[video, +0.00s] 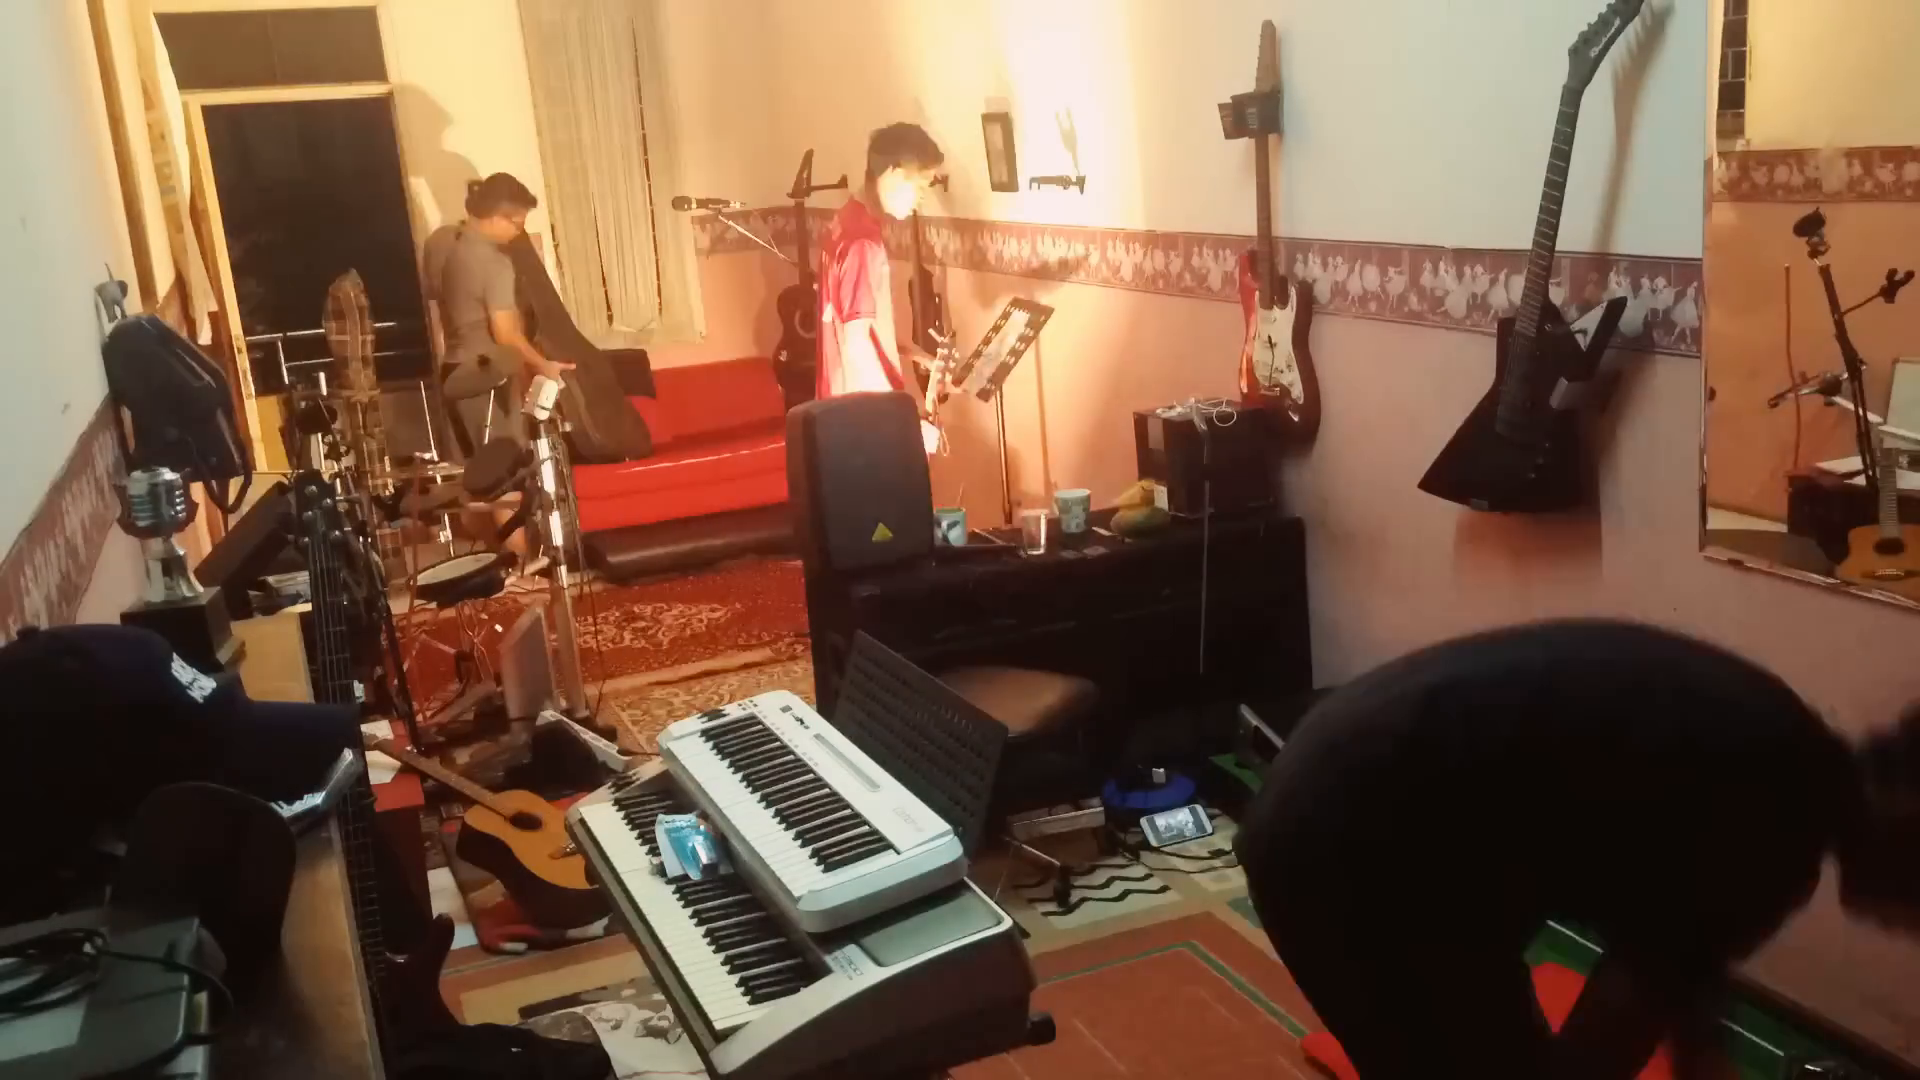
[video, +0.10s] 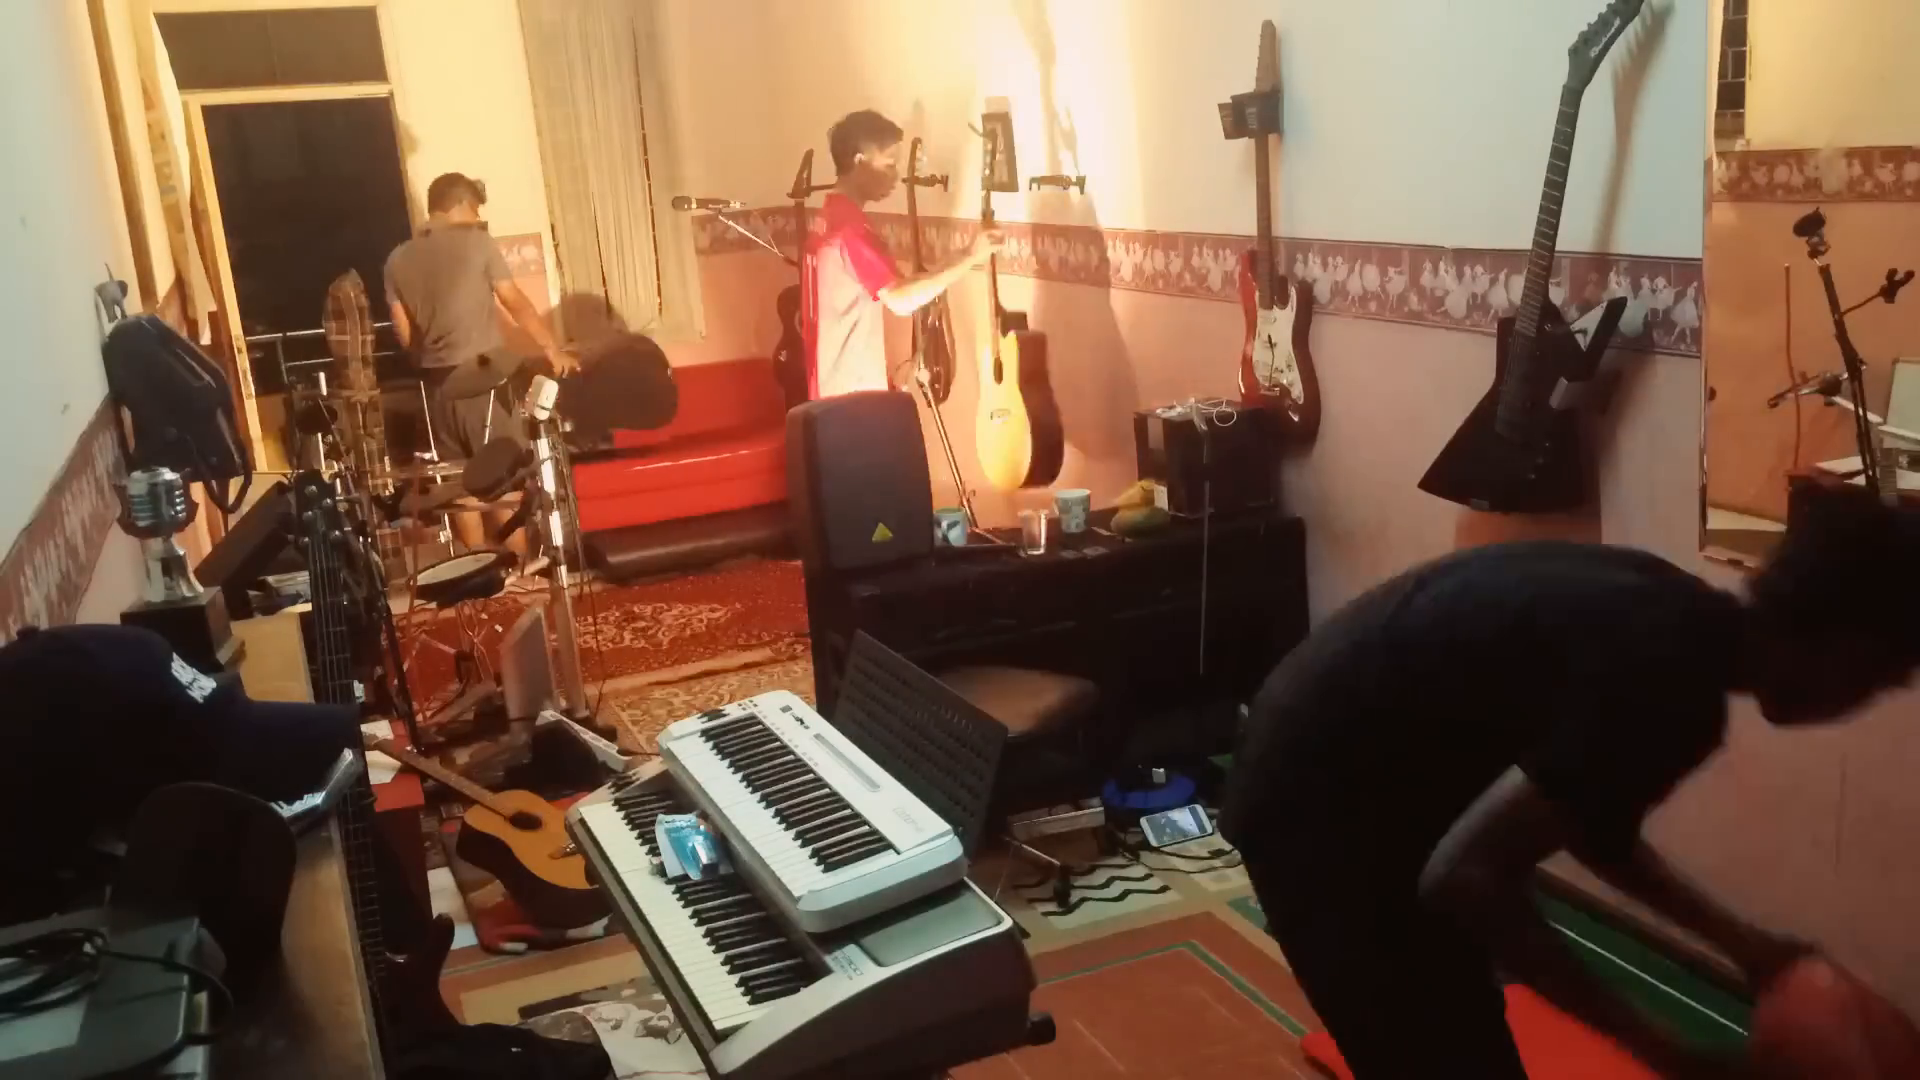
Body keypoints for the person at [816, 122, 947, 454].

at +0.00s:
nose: (920, 199)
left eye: (925, 187)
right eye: (919, 185)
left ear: (891, 172)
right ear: (891, 171)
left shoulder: (847, 226)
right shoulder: (862, 242)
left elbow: (865, 326)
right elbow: (856, 343)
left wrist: (915, 356)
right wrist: (905, 421)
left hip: (841, 412)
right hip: (864, 422)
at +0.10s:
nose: (896, 176)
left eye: (895, 164)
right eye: (890, 164)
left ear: (858, 161)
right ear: (858, 160)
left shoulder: (828, 218)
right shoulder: (848, 225)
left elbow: (807, 322)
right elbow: (900, 300)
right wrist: (970, 258)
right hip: (854, 396)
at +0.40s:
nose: (946, 148)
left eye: (941, 139)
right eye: (939, 140)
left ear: (892, 158)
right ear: (924, 150)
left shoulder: (890, 213)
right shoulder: (949, 222)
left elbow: (948, 251)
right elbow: (1004, 294)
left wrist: (1003, 207)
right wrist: (1037, 231)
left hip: (904, 377)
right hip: (946, 383)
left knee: (916, 491)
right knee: (953, 495)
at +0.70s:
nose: (926, 163)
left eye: (924, 150)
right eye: (921, 149)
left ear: (884, 154)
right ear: (893, 153)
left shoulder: (865, 216)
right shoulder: (898, 224)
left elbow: (891, 294)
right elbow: (921, 315)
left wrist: (953, 276)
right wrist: (969, 284)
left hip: (881, 381)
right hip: (916, 386)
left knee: (903, 491)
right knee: (942, 489)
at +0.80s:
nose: (889, 166)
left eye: (887, 156)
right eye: (889, 157)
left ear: (839, 161)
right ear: (883, 163)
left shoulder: (834, 226)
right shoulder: (880, 230)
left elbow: (859, 300)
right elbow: (902, 320)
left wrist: (925, 280)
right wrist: (946, 287)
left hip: (861, 391)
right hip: (903, 393)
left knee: (884, 500)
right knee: (940, 495)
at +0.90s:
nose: (902, 164)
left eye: (900, 152)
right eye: (895, 151)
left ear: (861, 161)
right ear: (863, 159)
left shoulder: (841, 223)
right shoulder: (878, 227)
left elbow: (865, 305)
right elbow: (896, 319)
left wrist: (932, 285)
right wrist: (945, 296)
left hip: (863, 389)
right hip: (902, 391)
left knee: (888, 499)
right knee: (941, 494)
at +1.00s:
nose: (923, 166)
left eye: (921, 152)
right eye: (915, 153)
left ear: (881, 160)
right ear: (885, 159)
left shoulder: (864, 217)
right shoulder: (890, 226)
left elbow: (890, 304)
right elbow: (909, 319)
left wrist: (954, 288)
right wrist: (973, 291)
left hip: (887, 389)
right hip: (921, 393)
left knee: (907, 503)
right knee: (942, 504)